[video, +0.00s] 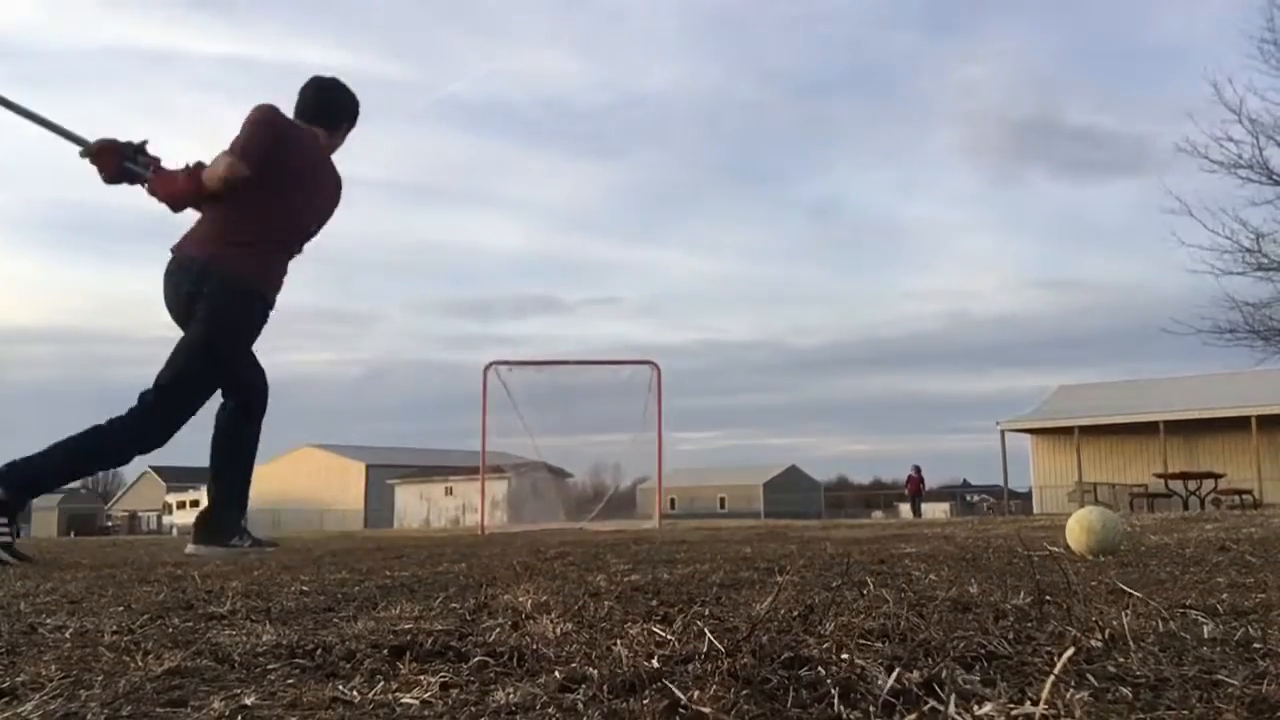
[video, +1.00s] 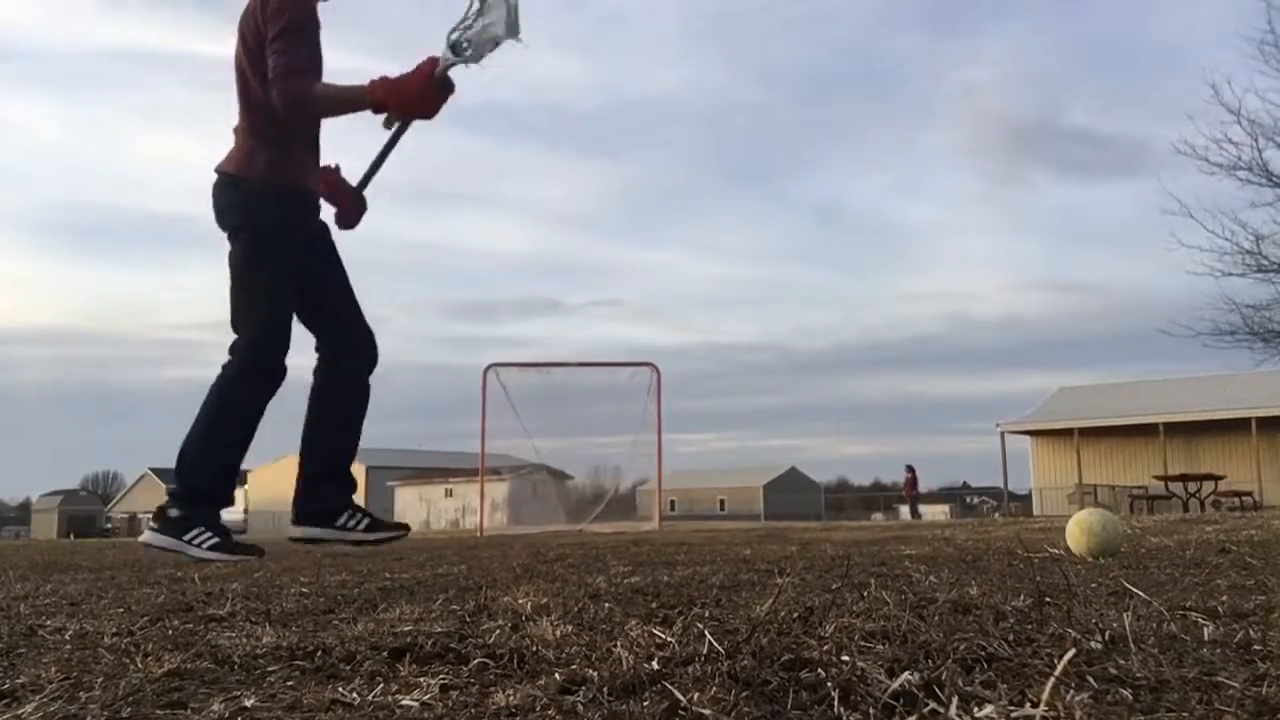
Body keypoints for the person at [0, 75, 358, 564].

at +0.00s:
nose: (343, 140)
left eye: (345, 132)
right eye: (347, 132)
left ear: (302, 107)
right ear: (342, 129)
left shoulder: (269, 120)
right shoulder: (329, 185)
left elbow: (229, 171)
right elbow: (233, 203)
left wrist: (146, 173)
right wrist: (147, 170)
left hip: (183, 278)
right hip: (240, 299)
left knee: (249, 389)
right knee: (151, 424)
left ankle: (222, 527)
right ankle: (10, 488)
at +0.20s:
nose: (321, 106)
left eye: (318, 99)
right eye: (325, 98)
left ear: (274, 82)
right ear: (322, 95)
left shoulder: (237, 107)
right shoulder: (326, 154)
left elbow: (176, 147)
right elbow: (245, 213)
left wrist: (177, 200)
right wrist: (167, 249)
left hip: (194, 263)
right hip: (250, 275)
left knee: (258, 390)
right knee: (212, 416)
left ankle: (224, 526)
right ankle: (70, 480)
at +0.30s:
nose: (318, 86)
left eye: (312, 78)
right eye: (321, 78)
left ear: (268, 66)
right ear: (318, 75)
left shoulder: (224, 102)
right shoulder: (328, 133)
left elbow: (144, 154)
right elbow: (300, 217)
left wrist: (179, 203)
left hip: (189, 253)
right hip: (244, 259)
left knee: (247, 395)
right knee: (266, 410)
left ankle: (222, 527)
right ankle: (134, 479)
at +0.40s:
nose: (316, 62)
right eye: (319, 53)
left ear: (264, 46)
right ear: (316, 51)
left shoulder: (220, 94)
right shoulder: (320, 109)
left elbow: (154, 162)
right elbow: (330, 199)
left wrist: (209, 202)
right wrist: (348, 261)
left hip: (189, 250)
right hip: (242, 253)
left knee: (243, 390)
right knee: (293, 397)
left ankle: (224, 520)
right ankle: (203, 511)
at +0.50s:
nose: (314, 39)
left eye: (307, 29)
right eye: (316, 29)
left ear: (261, 24)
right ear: (313, 27)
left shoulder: (223, 79)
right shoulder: (309, 79)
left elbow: (169, 162)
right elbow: (348, 174)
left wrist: (227, 197)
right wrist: (407, 225)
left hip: (198, 238)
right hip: (247, 239)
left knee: (242, 386)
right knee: (293, 391)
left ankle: (225, 522)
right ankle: (196, 513)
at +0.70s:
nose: (318, 10)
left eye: (318, 5)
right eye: (318, 3)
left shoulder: (237, 45)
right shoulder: (288, 31)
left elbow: (204, 155)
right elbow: (322, 139)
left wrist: (291, 211)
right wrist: (411, 144)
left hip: (226, 214)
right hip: (255, 218)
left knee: (275, 378)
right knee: (283, 379)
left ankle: (238, 516)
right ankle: (191, 516)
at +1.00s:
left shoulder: (270, 12)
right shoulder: (289, 7)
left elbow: (266, 124)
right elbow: (292, 96)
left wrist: (319, 178)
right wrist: (385, 95)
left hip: (279, 196)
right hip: (263, 194)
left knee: (351, 347)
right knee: (259, 356)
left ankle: (324, 507)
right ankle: (184, 512)